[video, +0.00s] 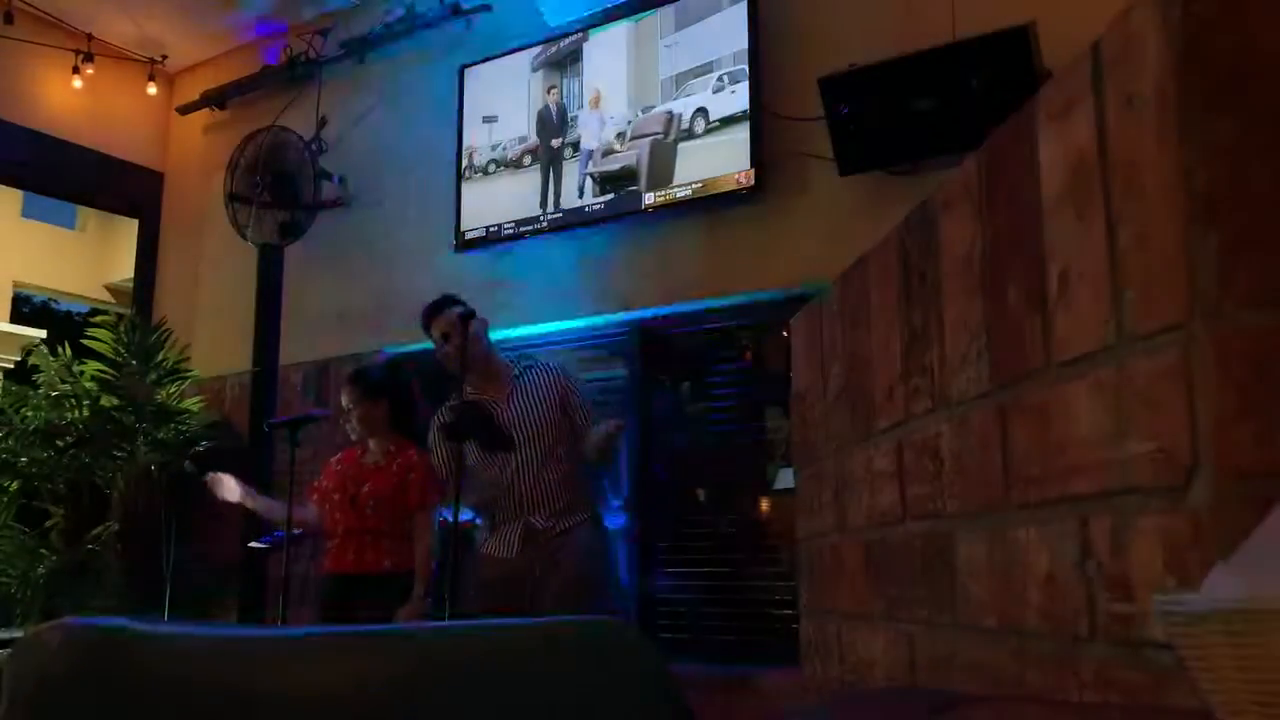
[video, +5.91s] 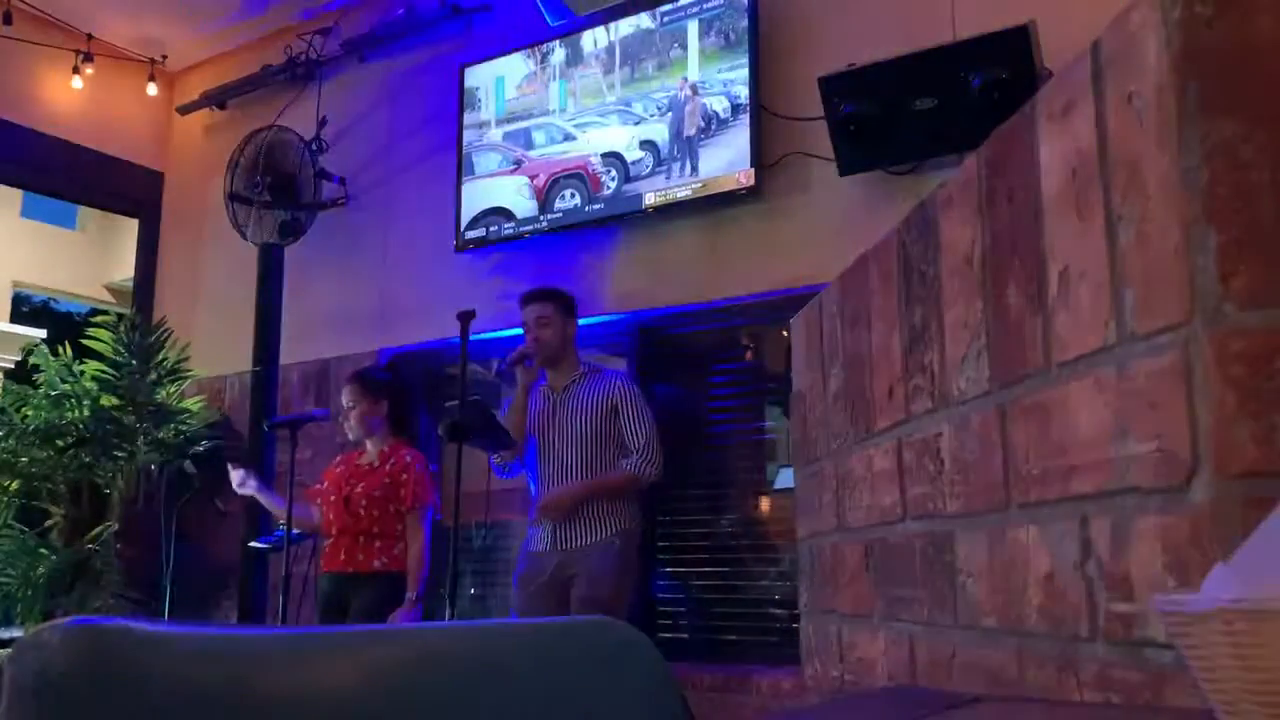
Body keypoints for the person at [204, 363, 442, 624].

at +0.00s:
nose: (345, 418)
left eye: (352, 409)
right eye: (343, 410)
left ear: (380, 406)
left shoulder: (414, 463)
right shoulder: (341, 464)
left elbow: (424, 534)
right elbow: (312, 517)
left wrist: (419, 598)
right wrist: (246, 496)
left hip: (390, 582)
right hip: (339, 582)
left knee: (389, 680)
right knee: (337, 680)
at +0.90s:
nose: (341, 416)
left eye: (349, 406)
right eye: (339, 408)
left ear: (379, 409)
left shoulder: (412, 465)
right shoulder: (335, 462)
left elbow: (428, 536)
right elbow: (275, 487)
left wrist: (431, 600)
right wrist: (219, 459)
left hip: (389, 585)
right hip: (334, 585)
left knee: (383, 679)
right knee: (331, 676)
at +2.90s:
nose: (353, 415)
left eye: (362, 406)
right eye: (352, 406)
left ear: (392, 407)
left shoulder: (416, 463)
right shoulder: (349, 459)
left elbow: (424, 539)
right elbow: (307, 512)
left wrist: (415, 604)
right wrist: (245, 491)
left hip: (386, 587)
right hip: (336, 585)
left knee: (379, 683)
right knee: (327, 680)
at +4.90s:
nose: (354, 414)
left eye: (363, 406)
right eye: (354, 406)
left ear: (393, 406)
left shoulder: (422, 464)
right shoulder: (356, 463)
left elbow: (432, 537)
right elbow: (339, 527)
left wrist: (424, 602)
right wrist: (284, 514)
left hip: (395, 585)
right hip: (347, 583)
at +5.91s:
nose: (343, 417)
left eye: (351, 407)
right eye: (343, 409)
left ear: (380, 408)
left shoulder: (409, 463)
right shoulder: (342, 464)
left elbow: (417, 537)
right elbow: (311, 518)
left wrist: (412, 601)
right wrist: (257, 490)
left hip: (382, 582)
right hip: (334, 581)